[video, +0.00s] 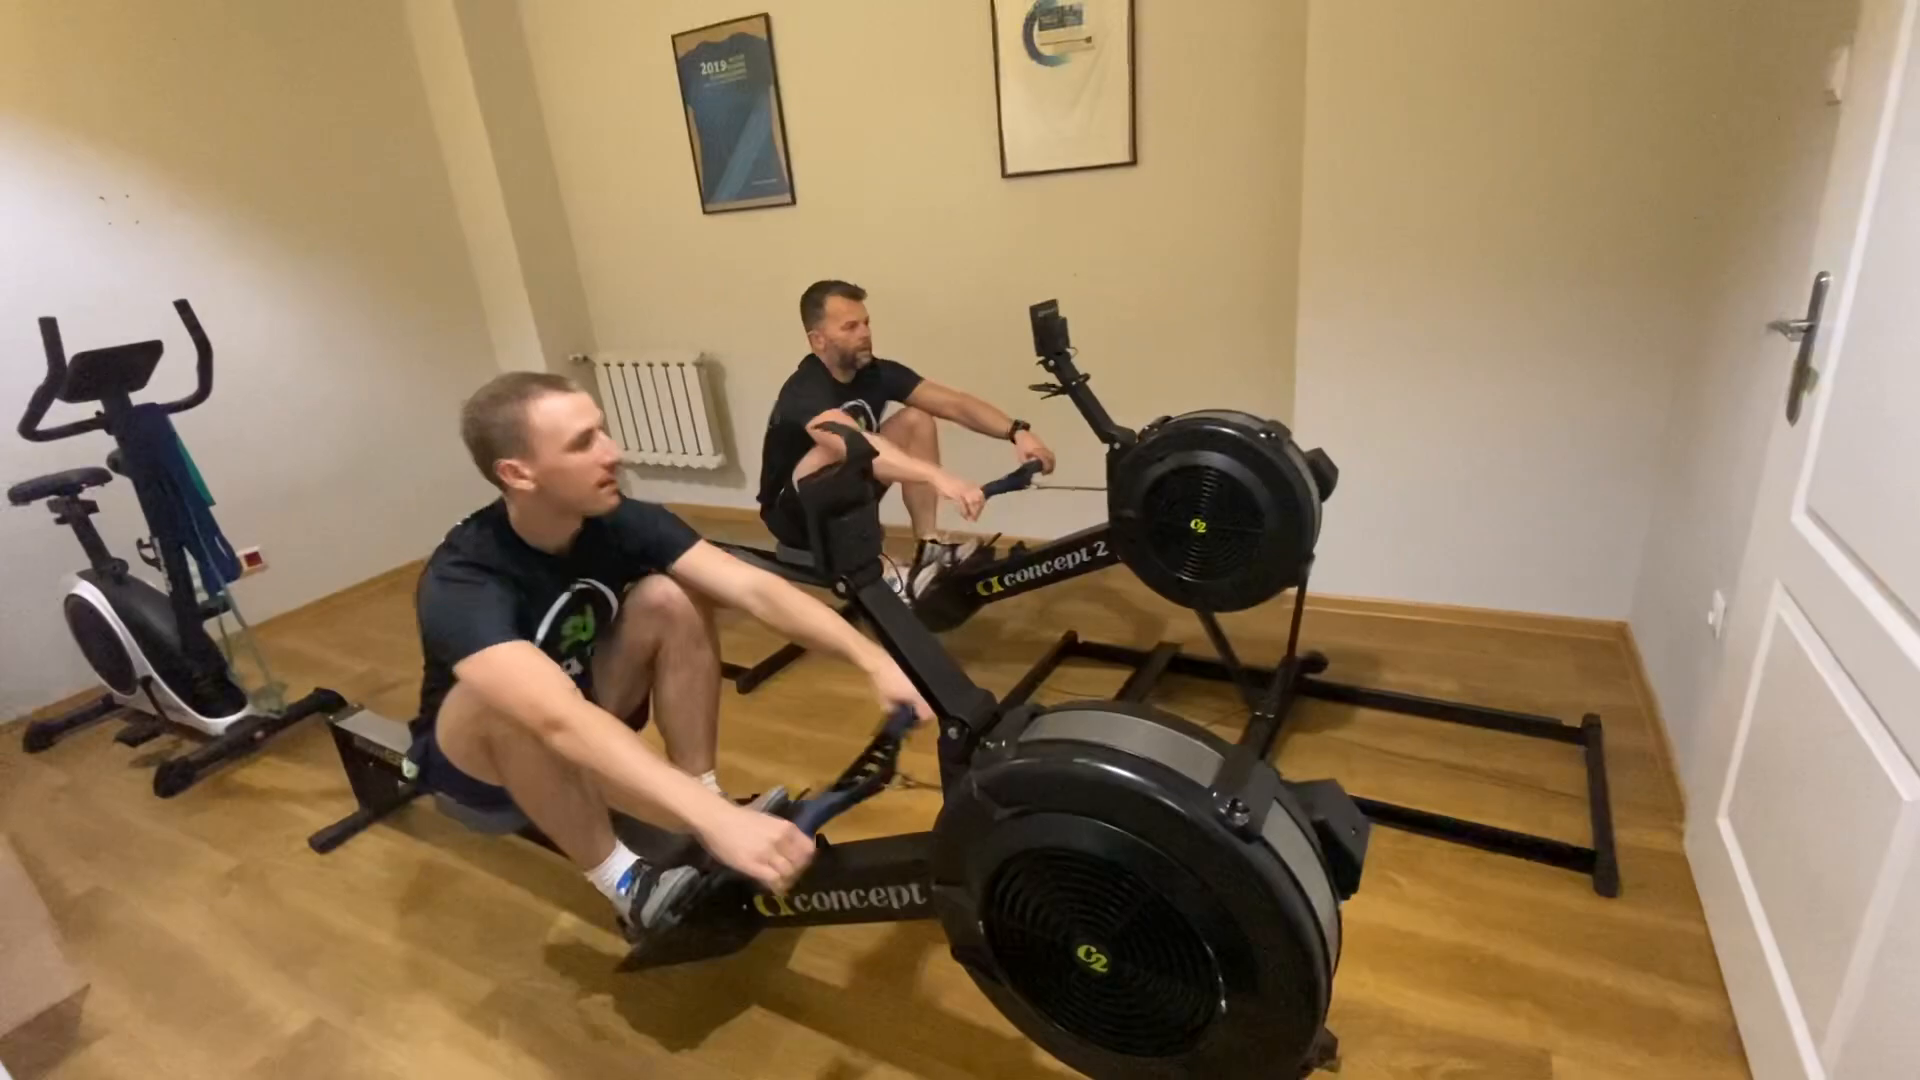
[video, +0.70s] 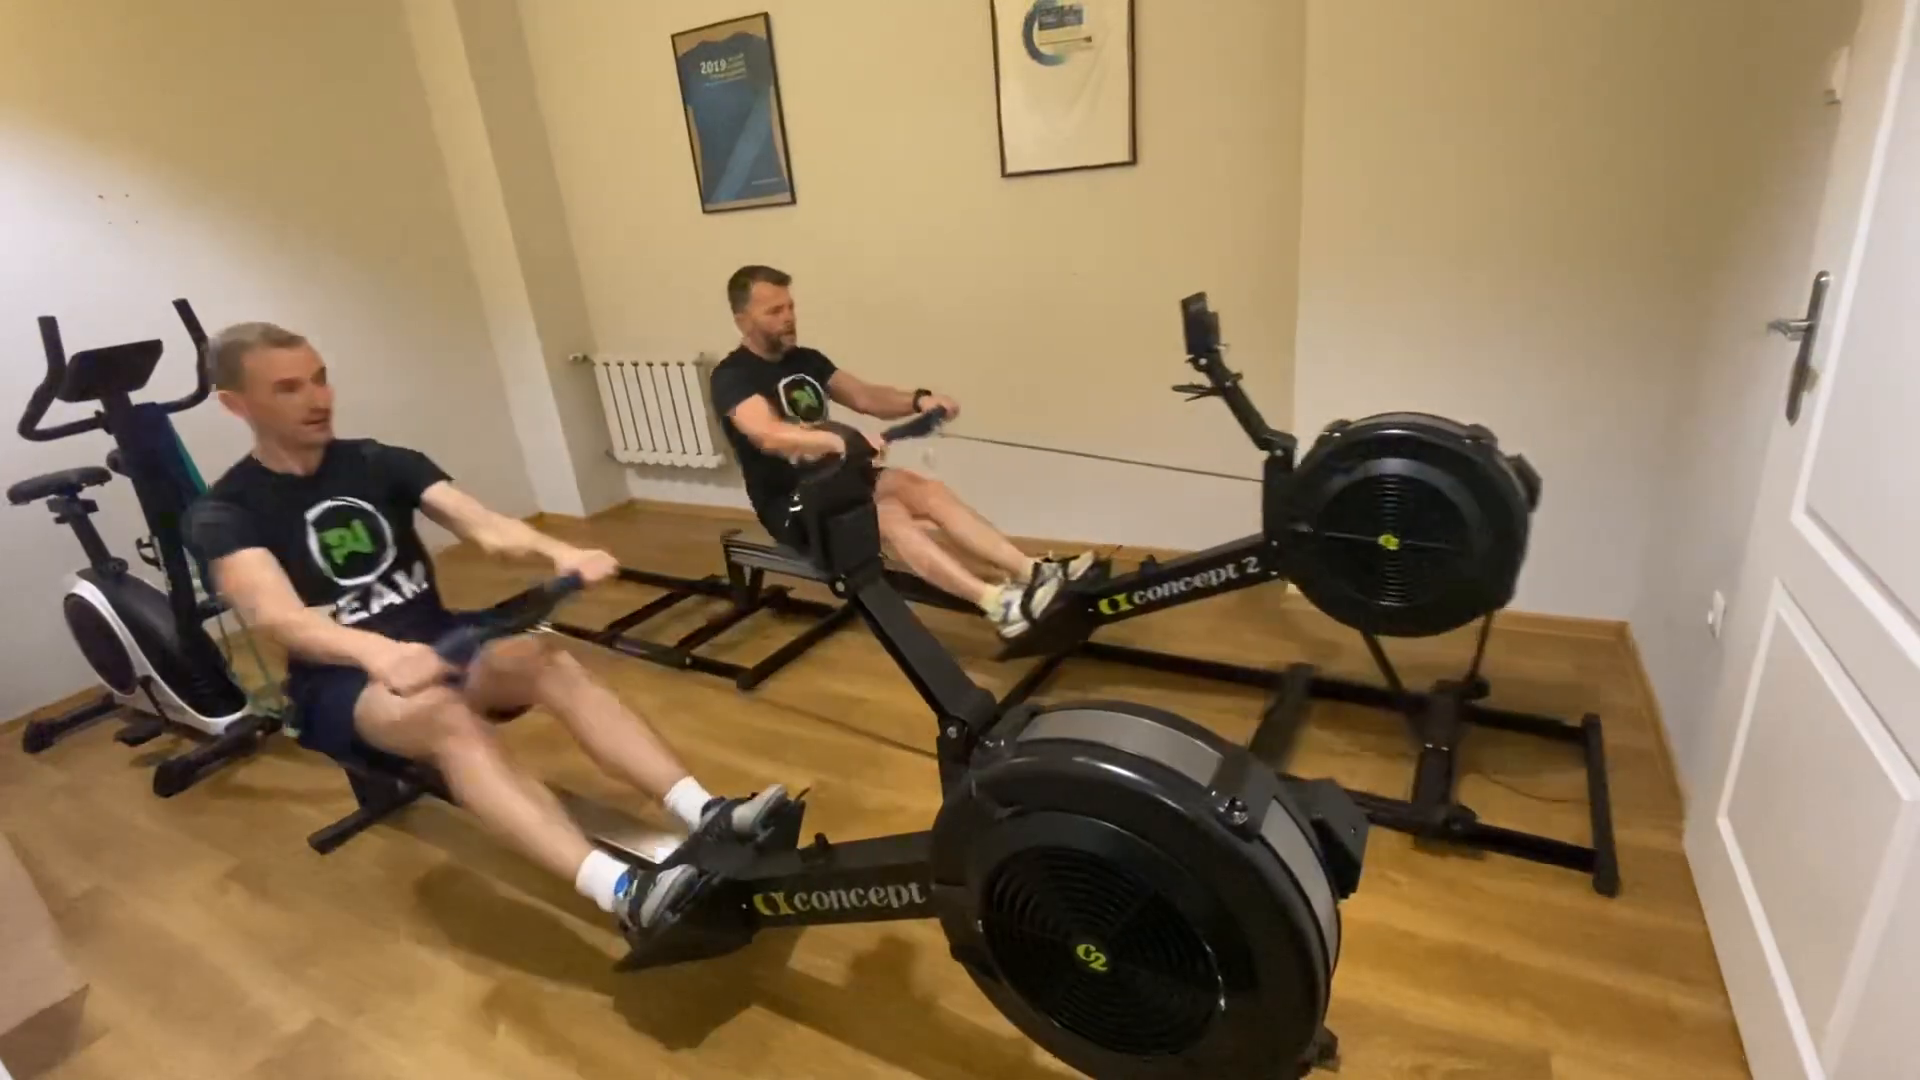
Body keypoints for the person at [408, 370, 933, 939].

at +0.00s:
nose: (613, 453)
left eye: (603, 433)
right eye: (585, 443)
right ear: (517, 475)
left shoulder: (623, 524)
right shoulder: (462, 585)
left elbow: (756, 589)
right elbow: (564, 720)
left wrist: (874, 659)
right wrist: (720, 823)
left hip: (583, 739)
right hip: (484, 784)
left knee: (666, 601)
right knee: (512, 693)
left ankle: (703, 806)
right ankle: (626, 884)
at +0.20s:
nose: (593, 447)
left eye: (584, 427)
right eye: (563, 437)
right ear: (499, 468)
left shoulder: (604, 518)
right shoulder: (448, 578)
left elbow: (735, 578)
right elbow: (554, 692)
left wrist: (853, 636)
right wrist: (713, 793)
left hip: (569, 734)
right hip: (471, 777)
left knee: (656, 598)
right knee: (511, 683)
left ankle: (709, 833)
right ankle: (628, 887)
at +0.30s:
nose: (546, 430)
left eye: (539, 410)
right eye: (516, 421)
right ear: (453, 449)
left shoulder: (562, 501)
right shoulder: (408, 563)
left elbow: (682, 556)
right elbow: (510, 666)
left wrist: (806, 613)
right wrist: (649, 755)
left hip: (548, 715)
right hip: (448, 758)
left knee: (639, 600)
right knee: (492, 679)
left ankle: (711, 815)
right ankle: (626, 887)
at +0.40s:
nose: (481, 417)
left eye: (478, 395)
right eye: (452, 405)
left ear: (486, 392)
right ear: (393, 430)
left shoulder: (510, 488)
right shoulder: (354, 548)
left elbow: (627, 541)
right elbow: (453, 639)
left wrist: (745, 593)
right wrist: (571, 712)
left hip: (514, 666)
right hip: (412, 717)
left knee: (616, 604)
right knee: (486, 686)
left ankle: (708, 815)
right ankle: (627, 890)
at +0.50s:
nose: (415, 401)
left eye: (416, 382)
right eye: (388, 390)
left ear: (423, 382)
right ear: (332, 414)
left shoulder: (456, 472)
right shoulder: (306, 529)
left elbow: (571, 525)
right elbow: (391, 614)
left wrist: (679, 576)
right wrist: (499, 681)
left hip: (483, 648)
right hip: (382, 696)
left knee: (591, 620)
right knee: (473, 692)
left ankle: (707, 815)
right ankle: (627, 889)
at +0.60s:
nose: (361, 395)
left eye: (361, 377)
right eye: (335, 384)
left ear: (369, 378)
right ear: (279, 405)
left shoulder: (412, 467)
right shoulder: (261, 519)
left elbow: (522, 522)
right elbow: (341, 611)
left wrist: (620, 564)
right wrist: (448, 667)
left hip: (458, 637)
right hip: (363, 678)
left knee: (589, 656)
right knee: (469, 708)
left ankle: (708, 816)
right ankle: (624, 889)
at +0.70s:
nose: (318, 398)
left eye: (320, 379)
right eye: (292, 387)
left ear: (328, 378)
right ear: (236, 404)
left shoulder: (379, 464)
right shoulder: (224, 513)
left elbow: (484, 526)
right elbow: (282, 619)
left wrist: (562, 553)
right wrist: (375, 651)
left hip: (432, 637)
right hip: (335, 673)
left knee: (553, 662)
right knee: (445, 716)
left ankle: (706, 816)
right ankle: (623, 892)